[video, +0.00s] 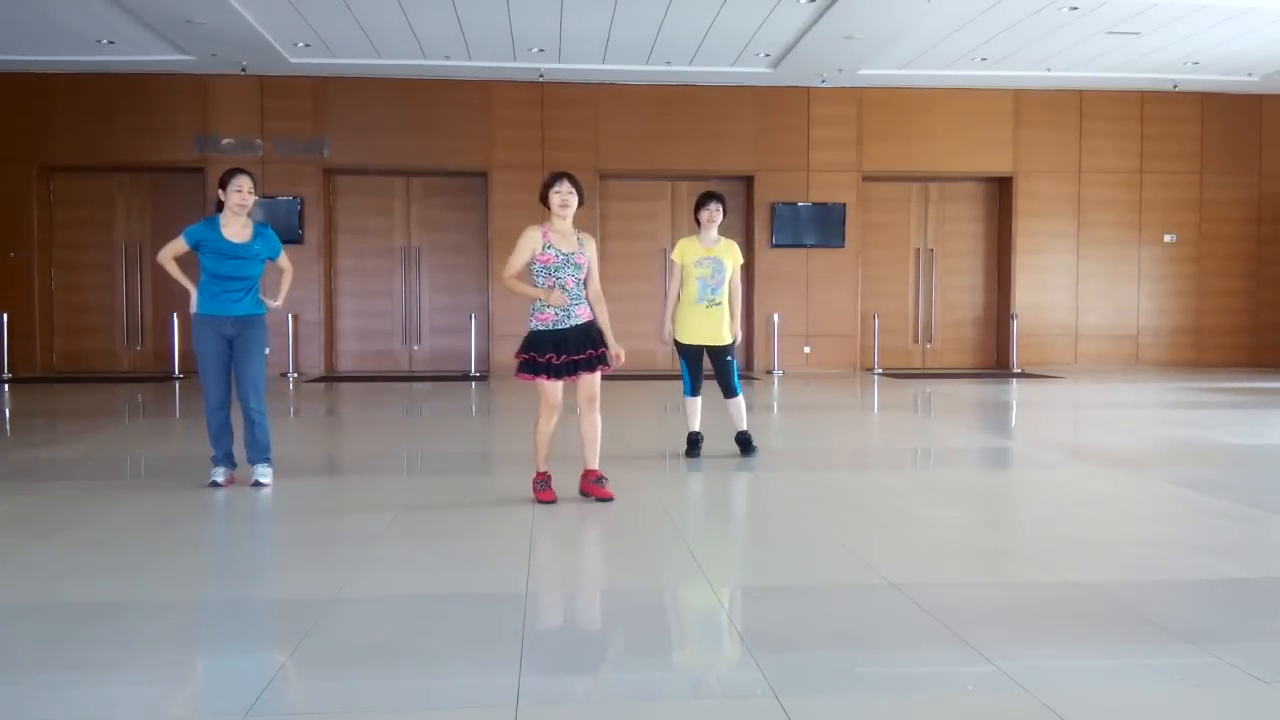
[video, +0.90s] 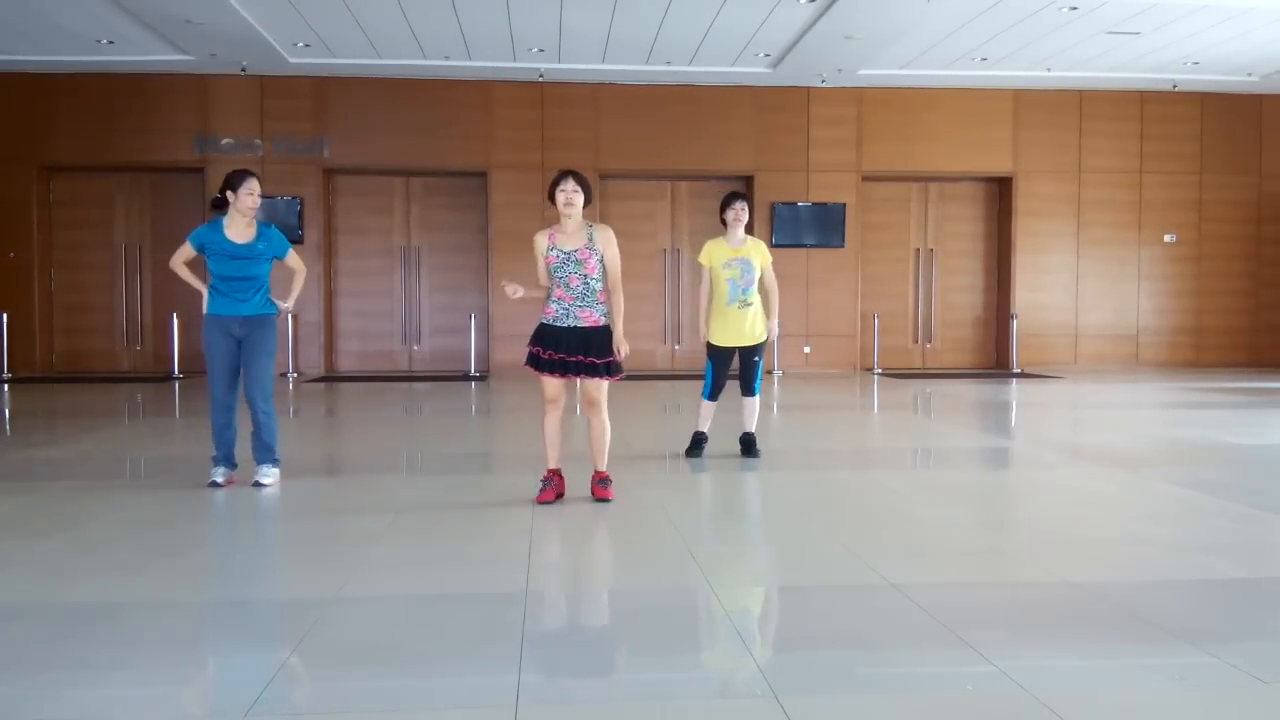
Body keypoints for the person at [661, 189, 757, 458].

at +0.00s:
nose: (712, 214)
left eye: (717, 210)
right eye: (707, 209)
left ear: (723, 216)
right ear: (698, 214)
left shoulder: (731, 248)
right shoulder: (684, 246)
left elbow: (735, 288)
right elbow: (674, 285)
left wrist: (736, 324)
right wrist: (668, 322)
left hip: (719, 327)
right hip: (687, 327)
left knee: (731, 385)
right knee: (692, 386)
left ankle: (743, 434)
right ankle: (694, 437)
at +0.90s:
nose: (738, 212)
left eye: (743, 209)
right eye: (733, 208)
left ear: (749, 215)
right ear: (723, 214)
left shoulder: (759, 247)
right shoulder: (712, 248)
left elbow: (771, 286)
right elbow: (704, 288)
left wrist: (773, 319)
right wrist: (702, 324)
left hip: (754, 327)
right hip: (721, 327)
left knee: (751, 385)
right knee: (713, 385)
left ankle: (748, 437)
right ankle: (700, 436)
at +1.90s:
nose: (722, 213)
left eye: (728, 210)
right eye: (718, 209)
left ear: (734, 216)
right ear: (709, 214)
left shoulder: (742, 248)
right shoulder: (695, 246)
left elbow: (757, 284)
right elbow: (683, 285)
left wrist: (752, 318)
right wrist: (677, 320)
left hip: (731, 329)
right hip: (697, 328)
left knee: (737, 387)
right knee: (698, 386)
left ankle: (746, 437)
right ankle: (696, 437)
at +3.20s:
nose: (729, 218)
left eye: (735, 213)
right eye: (727, 214)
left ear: (748, 216)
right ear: (723, 218)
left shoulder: (764, 248)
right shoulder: (716, 248)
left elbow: (786, 278)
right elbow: (710, 286)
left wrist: (775, 307)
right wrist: (706, 322)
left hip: (753, 327)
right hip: (720, 326)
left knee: (753, 386)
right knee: (709, 384)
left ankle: (754, 436)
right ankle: (700, 433)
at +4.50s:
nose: (783, 213)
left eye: (788, 208)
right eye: (778, 208)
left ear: (795, 213)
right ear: (770, 214)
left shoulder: (807, 246)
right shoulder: (759, 248)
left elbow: (825, 278)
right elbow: (753, 288)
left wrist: (820, 313)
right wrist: (751, 325)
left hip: (800, 327)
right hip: (767, 327)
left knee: (806, 387)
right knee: (768, 387)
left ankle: (808, 437)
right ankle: (766, 437)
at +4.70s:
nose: (789, 213)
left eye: (794, 209)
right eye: (784, 209)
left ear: (801, 214)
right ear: (776, 214)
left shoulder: (813, 247)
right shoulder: (764, 249)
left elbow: (831, 280)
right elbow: (754, 288)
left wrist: (825, 313)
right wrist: (750, 323)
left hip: (805, 327)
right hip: (771, 328)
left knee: (806, 387)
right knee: (777, 387)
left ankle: (807, 438)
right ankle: (778, 439)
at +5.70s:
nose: (790, 213)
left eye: (795, 209)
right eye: (784, 209)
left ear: (801, 215)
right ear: (776, 215)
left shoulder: (811, 249)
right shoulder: (762, 248)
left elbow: (829, 284)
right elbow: (752, 286)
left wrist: (821, 316)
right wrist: (742, 319)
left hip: (800, 329)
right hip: (765, 328)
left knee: (806, 389)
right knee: (763, 387)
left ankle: (810, 438)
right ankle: (757, 439)